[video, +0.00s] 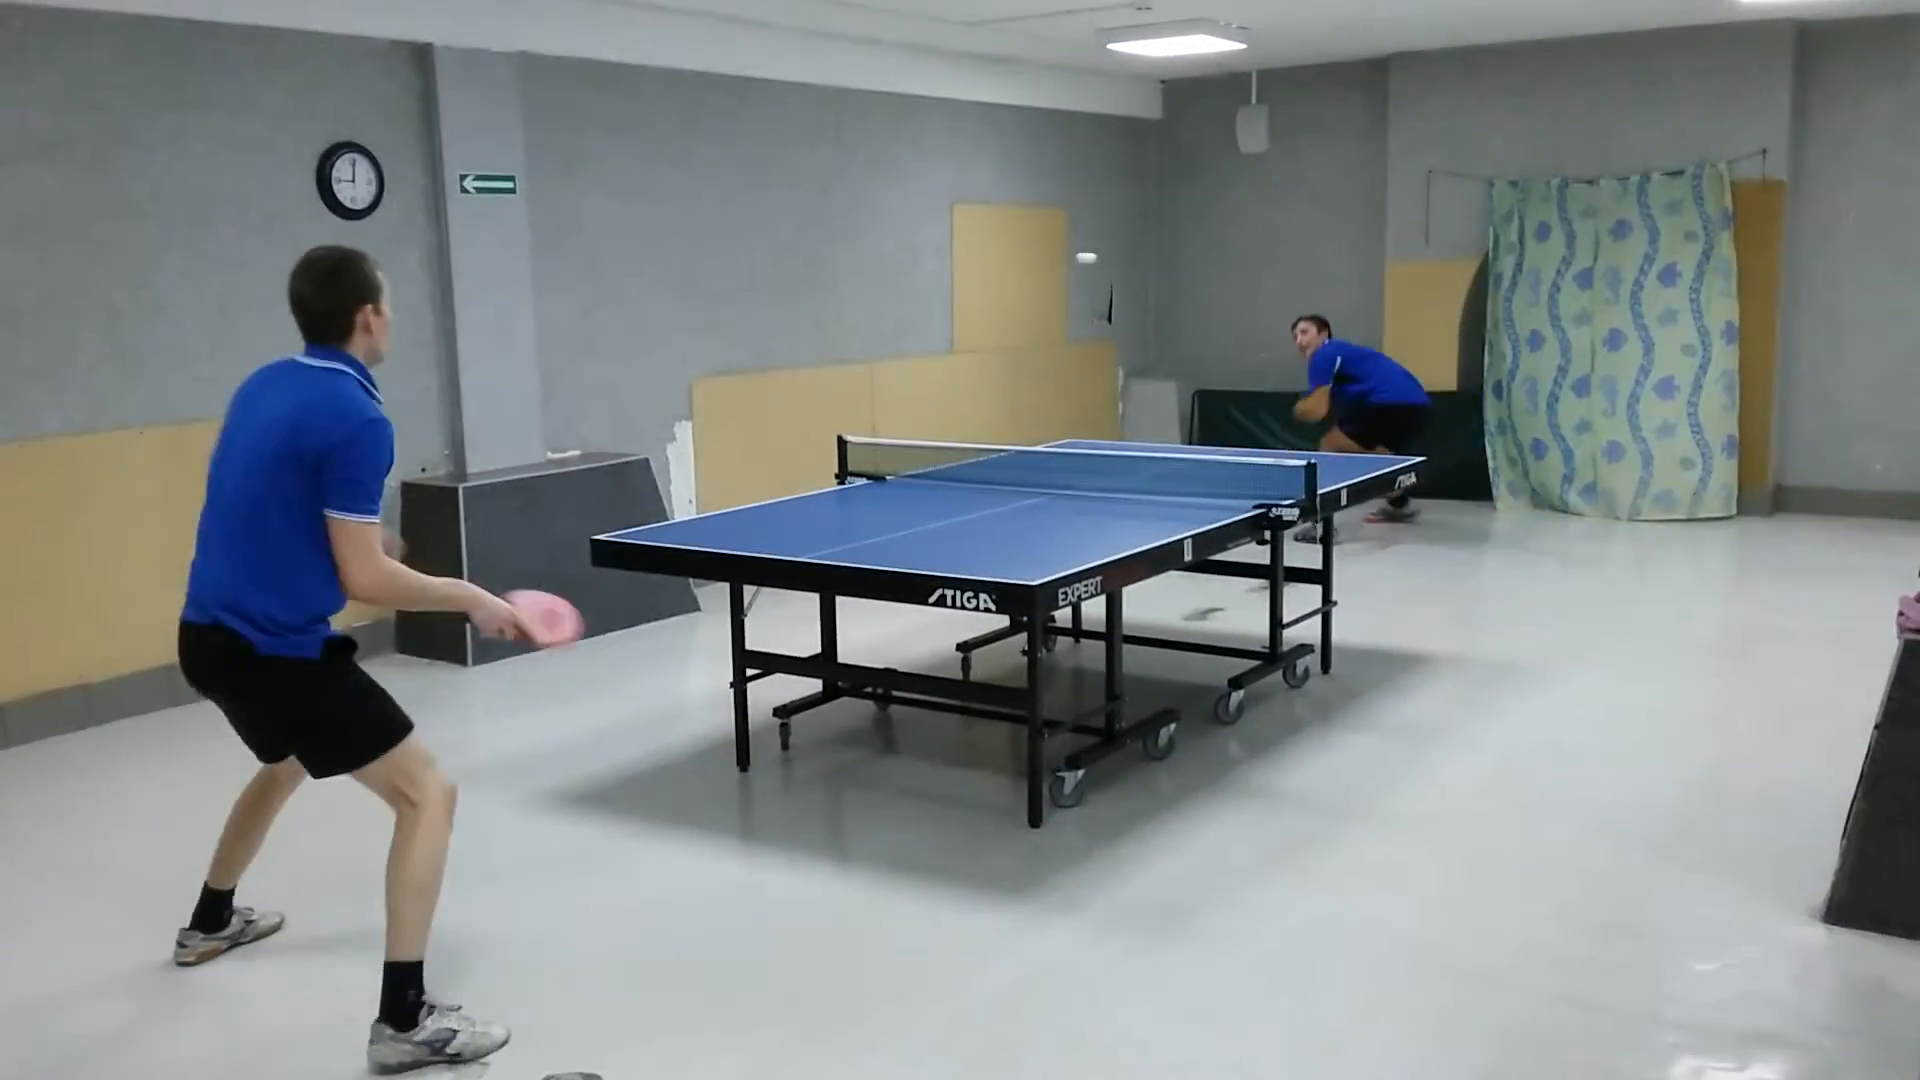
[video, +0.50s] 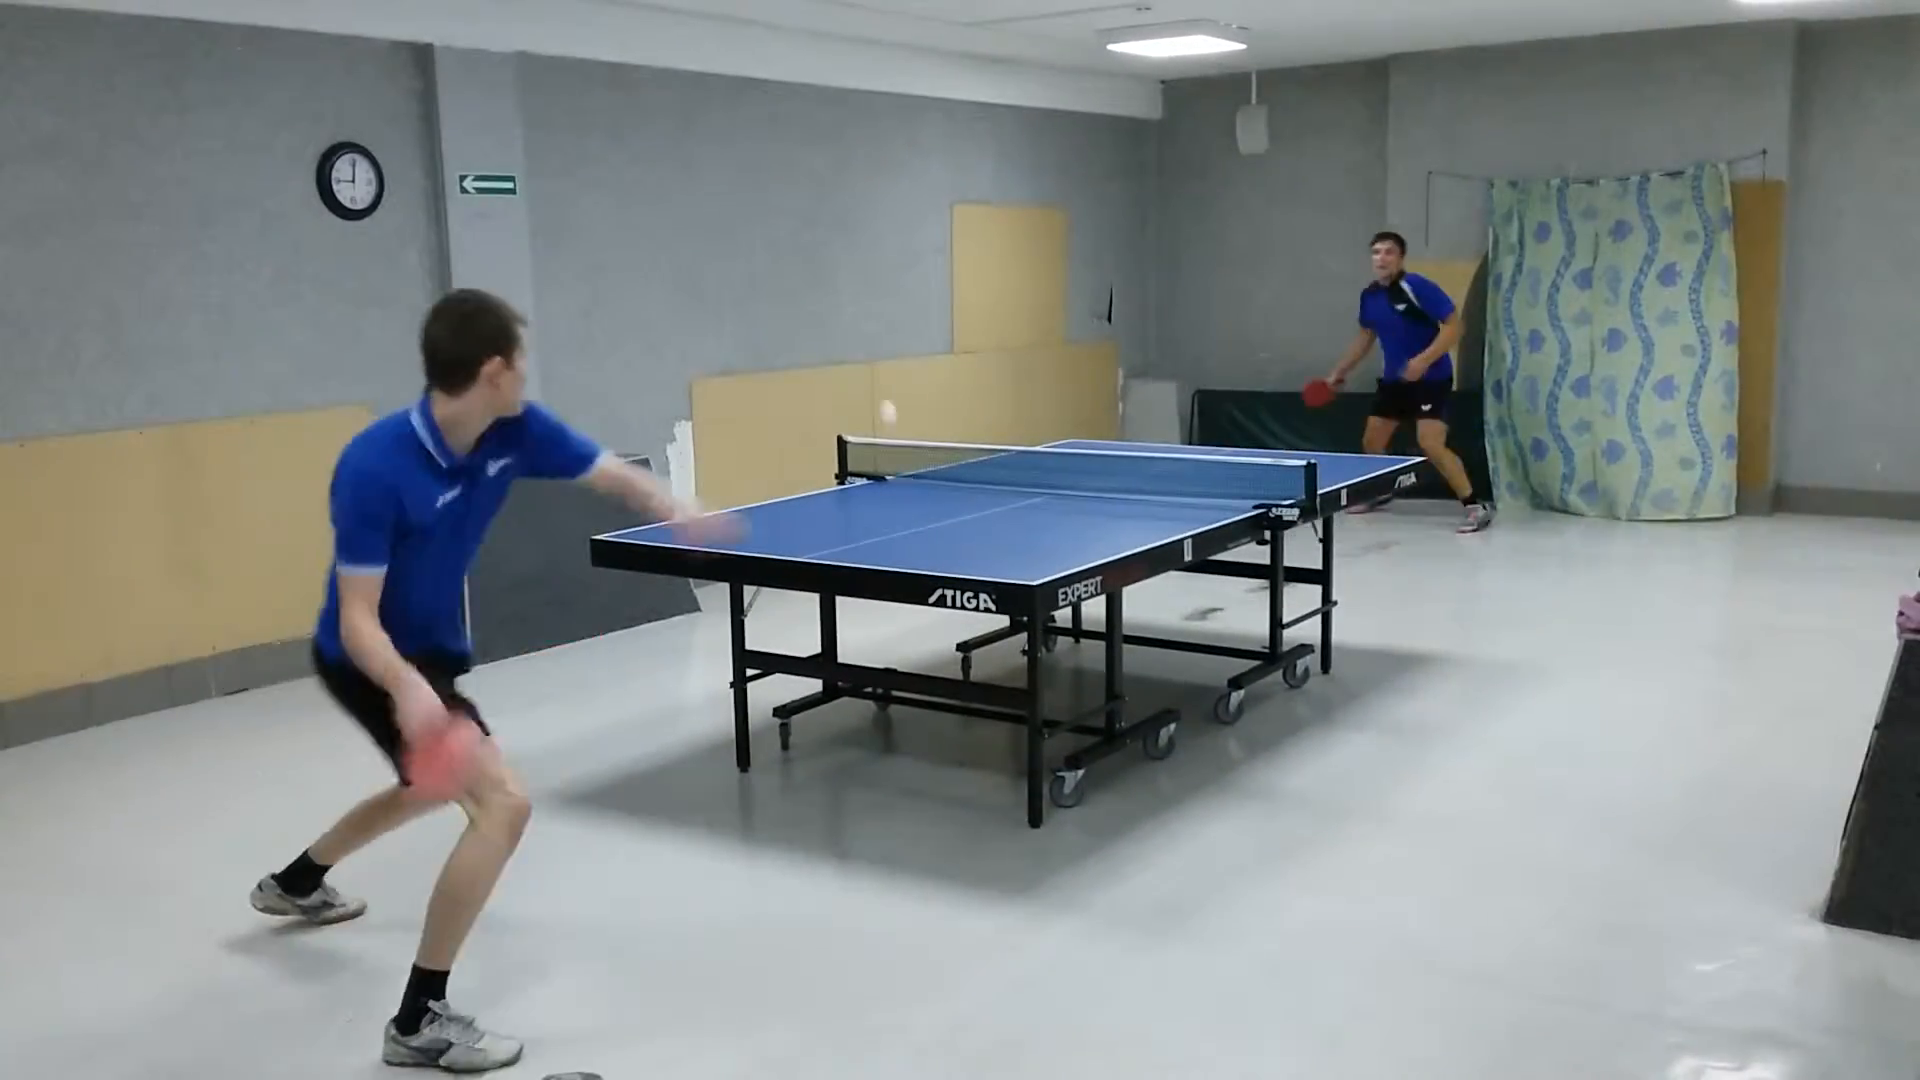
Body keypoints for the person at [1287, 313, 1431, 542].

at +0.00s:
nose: (1299, 340)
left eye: (1304, 332)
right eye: (1296, 336)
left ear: (1324, 333)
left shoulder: (1324, 353)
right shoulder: (1347, 350)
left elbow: (1317, 410)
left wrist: (1299, 409)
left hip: (1387, 406)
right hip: (1417, 405)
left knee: (1329, 448)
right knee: (1376, 451)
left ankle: (1321, 523)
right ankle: (1398, 503)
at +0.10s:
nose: (1307, 318)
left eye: (1313, 311)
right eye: (1304, 314)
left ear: (1330, 312)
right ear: (1303, 320)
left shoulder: (1335, 339)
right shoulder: (1348, 332)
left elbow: (1349, 391)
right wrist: (1339, 386)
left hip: (1395, 401)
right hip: (1416, 399)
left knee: (1336, 447)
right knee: (1376, 444)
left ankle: (1323, 522)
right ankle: (1404, 499)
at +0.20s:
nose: (1322, 296)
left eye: (1328, 289)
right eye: (1318, 292)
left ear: (1343, 292)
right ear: (1316, 297)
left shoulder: (1357, 316)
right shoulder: (1346, 323)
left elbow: (1384, 360)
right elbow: (1377, 360)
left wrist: (1359, 380)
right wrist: (1362, 380)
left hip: (1415, 383)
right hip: (1402, 384)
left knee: (1367, 443)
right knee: (1377, 444)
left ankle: (1348, 518)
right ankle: (1403, 498)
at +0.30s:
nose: (1342, 271)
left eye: (1348, 265)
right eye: (1336, 266)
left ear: (1362, 268)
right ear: (1333, 272)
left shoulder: (1376, 292)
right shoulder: (1350, 307)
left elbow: (1412, 331)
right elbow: (1382, 342)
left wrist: (1378, 365)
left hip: (1423, 370)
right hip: (1398, 372)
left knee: (1383, 429)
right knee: (1375, 437)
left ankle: (1404, 504)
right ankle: (1399, 498)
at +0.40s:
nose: (1362, 257)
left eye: (1370, 251)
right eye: (1357, 251)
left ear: (1383, 256)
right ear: (1353, 258)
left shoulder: (1398, 281)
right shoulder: (1361, 294)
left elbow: (1434, 321)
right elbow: (1372, 334)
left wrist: (1399, 356)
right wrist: (1359, 372)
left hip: (1428, 365)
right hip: (1397, 366)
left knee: (1410, 436)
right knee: (1374, 433)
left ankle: (1454, 502)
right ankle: (1392, 491)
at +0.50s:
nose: (1381, 258)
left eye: (1388, 253)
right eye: (1376, 253)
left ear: (1401, 258)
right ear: (1371, 259)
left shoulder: (1418, 287)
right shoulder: (1369, 296)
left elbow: (1453, 326)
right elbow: (1366, 336)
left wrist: (1423, 360)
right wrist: (1341, 369)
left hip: (1432, 379)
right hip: (1394, 380)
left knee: (1431, 443)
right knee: (1373, 441)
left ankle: (1474, 505)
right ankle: (1377, 495)